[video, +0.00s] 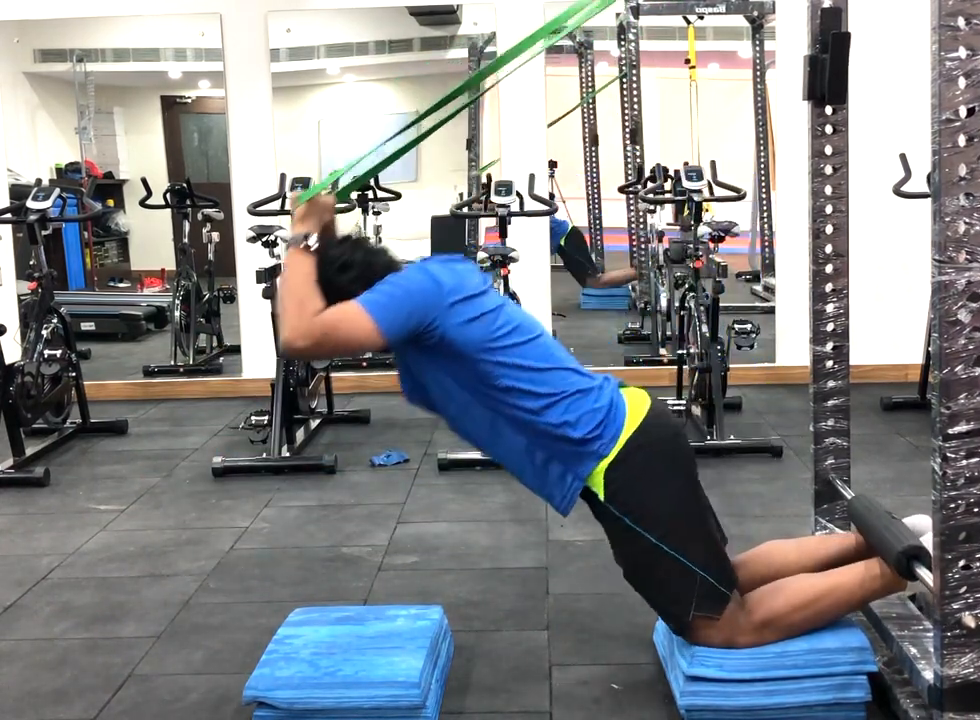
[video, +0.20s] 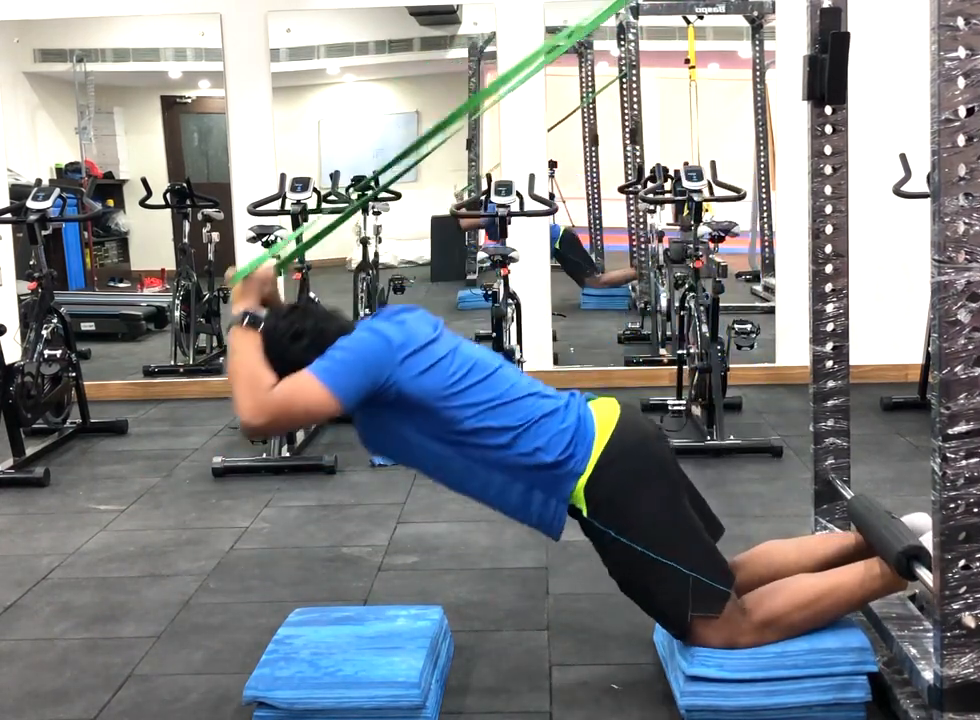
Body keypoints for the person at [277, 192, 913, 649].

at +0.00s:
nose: (335, 328)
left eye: (334, 315)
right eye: (332, 316)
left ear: (356, 296)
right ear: (371, 276)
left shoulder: (428, 287)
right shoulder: (434, 285)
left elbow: (302, 334)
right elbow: (316, 331)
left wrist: (298, 242)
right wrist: (312, 247)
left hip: (623, 459)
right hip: (626, 442)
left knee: (720, 626)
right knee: (712, 584)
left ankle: (897, 571)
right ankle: (860, 539)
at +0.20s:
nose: (297, 406)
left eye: (290, 390)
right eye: (287, 391)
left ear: (309, 372)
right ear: (322, 334)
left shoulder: (380, 345)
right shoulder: (386, 336)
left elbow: (258, 411)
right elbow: (276, 401)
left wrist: (241, 322)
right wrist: (260, 322)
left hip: (603, 469)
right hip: (605, 447)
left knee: (724, 627)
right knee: (715, 584)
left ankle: (901, 567)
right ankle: (862, 535)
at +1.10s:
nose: (230, 604)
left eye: (221, 595)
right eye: (219, 589)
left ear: (241, 573)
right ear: (239, 538)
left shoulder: (296, 540)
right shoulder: (310, 510)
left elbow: (209, 651)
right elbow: (243, 621)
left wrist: (149, 594)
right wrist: (181, 584)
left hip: (546, 533)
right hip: (547, 493)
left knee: (727, 622)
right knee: (716, 583)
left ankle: (906, 563)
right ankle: (865, 531)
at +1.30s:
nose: (231, 602)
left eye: (229, 593)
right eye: (219, 587)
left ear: (240, 571)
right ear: (238, 534)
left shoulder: (294, 539)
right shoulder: (310, 504)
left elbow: (205, 646)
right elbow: (238, 616)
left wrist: (143, 592)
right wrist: (177, 581)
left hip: (544, 534)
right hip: (547, 491)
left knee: (726, 621)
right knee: (715, 580)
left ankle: (905, 564)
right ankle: (863, 531)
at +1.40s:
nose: (227, 591)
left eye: (219, 582)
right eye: (217, 577)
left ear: (236, 564)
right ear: (238, 526)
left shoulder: (292, 534)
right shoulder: (310, 500)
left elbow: (204, 638)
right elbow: (235, 607)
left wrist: (141, 581)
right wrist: (176, 570)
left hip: (545, 529)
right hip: (550, 491)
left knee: (722, 623)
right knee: (715, 582)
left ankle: (902, 564)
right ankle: (859, 531)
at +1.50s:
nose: (236, 576)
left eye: (228, 567)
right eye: (227, 564)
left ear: (239, 550)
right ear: (249, 506)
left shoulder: (294, 520)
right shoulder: (315, 488)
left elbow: (203, 624)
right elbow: (234, 596)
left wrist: (141, 570)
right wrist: (174, 560)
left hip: (545, 524)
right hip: (550, 487)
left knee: (716, 628)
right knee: (715, 580)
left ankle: (898, 567)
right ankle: (863, 535)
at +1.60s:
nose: (238, 565)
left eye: (228, 555)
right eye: (230, 553)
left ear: (241, 535)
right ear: (255, 496)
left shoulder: (296, 504)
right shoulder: (314, 484)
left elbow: (201, 610)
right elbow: (228, 591)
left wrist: (142, 553)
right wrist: (174, 542)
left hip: (548, 519)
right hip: (554, 484)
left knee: (715, 630)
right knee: (712, 582)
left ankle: (895, 568)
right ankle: (855, 535)